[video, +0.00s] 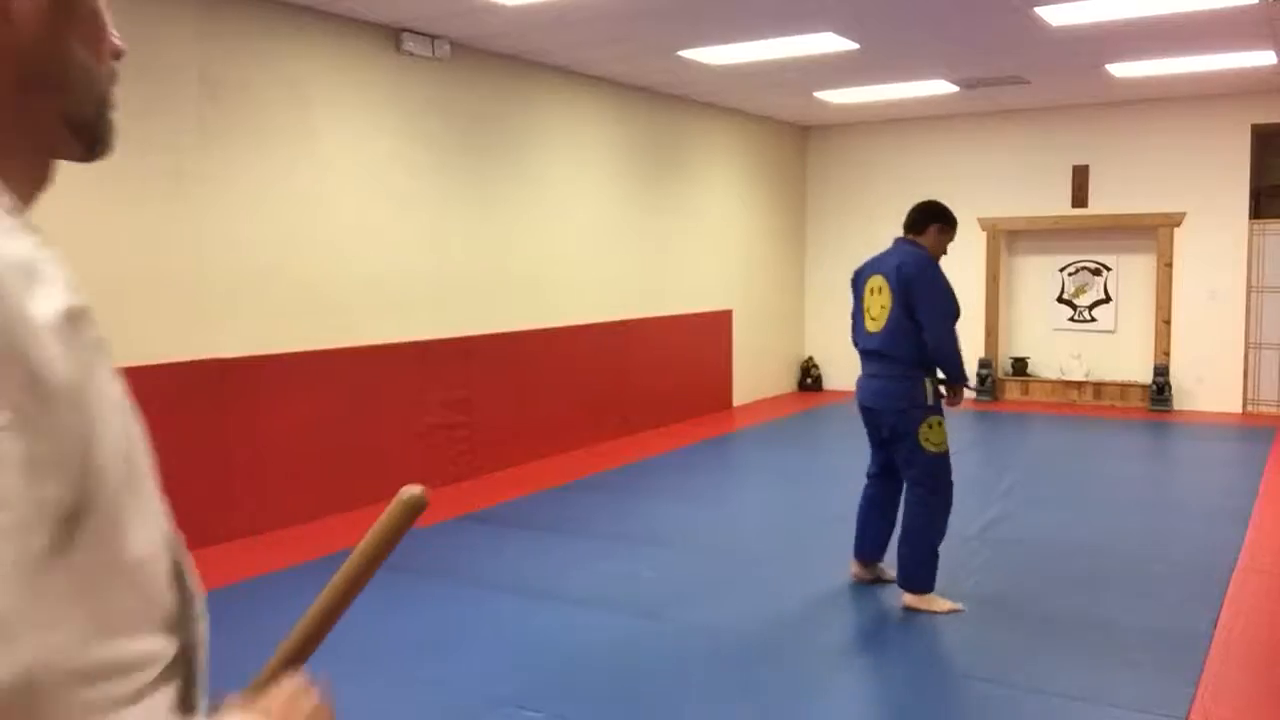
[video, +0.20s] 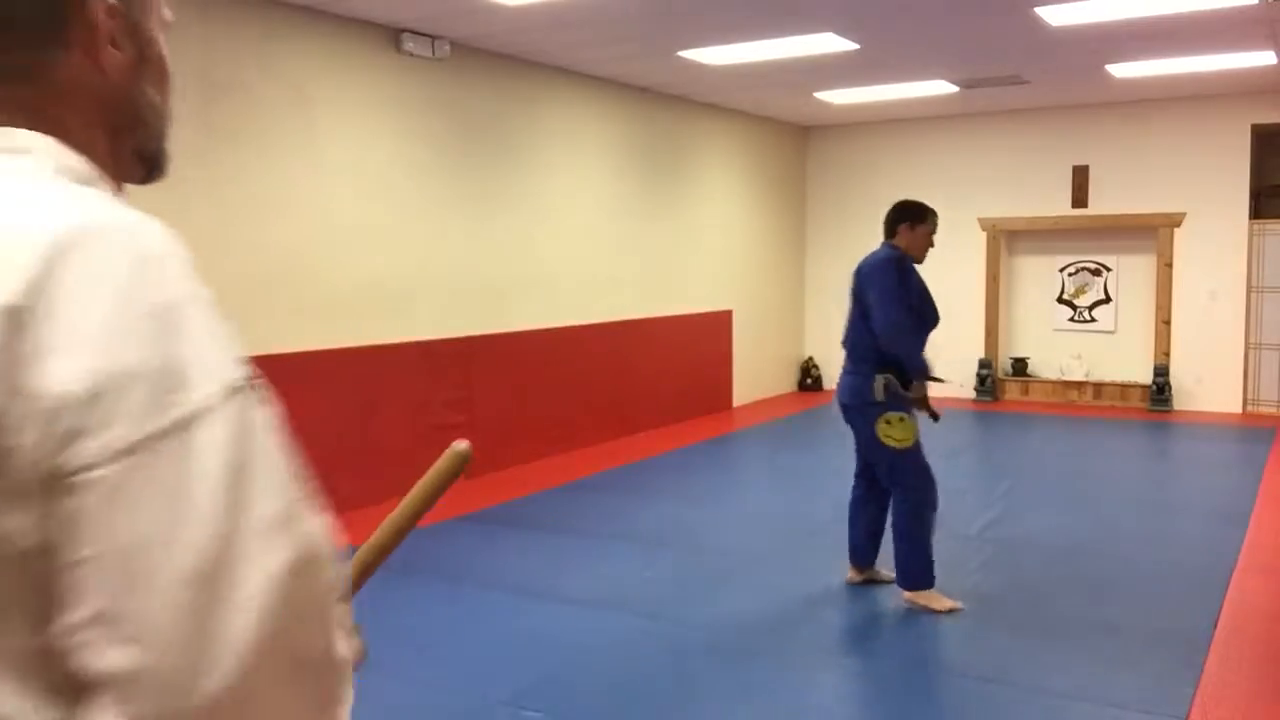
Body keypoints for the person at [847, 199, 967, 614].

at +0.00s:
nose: (945, 251)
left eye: (948, 244)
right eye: (946, 242)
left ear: (912, 228)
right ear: (933, 231)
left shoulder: (870, 267)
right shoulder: (921, 267)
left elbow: (862, 331)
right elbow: (939, 329)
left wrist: (887, 366)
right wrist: (956, 378)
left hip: (872, 391)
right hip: (910, 395)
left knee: (885, 474)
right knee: (932, 486)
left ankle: (866, 561)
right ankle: (917, 589)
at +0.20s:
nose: (931, 244)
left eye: (932, 236)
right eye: (928, 234)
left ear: (904, 231)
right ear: (904, 230)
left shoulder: (889, 266)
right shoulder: (885, 267)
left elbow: (898, 332)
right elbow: (892, 330)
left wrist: (915, 383)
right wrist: (918, 374)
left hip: (871, 390)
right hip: (875, 394)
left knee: (873, 481)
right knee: (917, 488)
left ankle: (861, 566)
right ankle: (917, 585)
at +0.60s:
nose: (882, 232)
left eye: (883, 225)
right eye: (874, 225)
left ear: (879, 228)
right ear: (850, 228)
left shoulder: (885, 277)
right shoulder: (827, 269)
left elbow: (896, 331)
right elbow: (805, 325)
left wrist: (913, 377)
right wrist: (842, 369)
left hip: (873, 391)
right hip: (834, 390)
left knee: (865, 480)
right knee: (828, 478)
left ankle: (858, 564)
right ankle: (802, 564)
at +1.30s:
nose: (754, 233)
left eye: (761, 226)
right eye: (748, 227)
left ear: (776, 229)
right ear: (740, 233)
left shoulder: (803, 274)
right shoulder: (726, 284)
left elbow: (830, 324)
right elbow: (714, 337)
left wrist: (832, 374)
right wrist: (738, 369)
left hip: (801, 392)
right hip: (755, 396)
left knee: (817, 479)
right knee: (763, 479)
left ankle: (830, 565)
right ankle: (769, 558)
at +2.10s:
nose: (740, 231)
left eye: (749, 225)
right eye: (736, 224)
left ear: (770, 230)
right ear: (732, 228)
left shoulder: (790, 285)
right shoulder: (720, 279)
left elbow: (803, 350)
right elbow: (701, 334)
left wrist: (787, 402)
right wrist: (693, 380)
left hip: (764, 406)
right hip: (720, 402)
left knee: (762, 493)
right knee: (716, 483)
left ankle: (760, 578)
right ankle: (750, 549)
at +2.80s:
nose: (679, 235)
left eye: (688, 227)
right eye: (675, 227)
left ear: (708, 233)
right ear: (670, 232)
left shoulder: (735, 286)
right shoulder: (663, 287)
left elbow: (754, 348)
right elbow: (648, 346)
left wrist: (747, 407)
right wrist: (637, 396)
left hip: (720, 412)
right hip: (672, 412)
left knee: (737, 503)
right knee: (667, 502)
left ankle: (754, 582)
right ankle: (672, 591)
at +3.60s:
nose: (698, 234)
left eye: (707, 226)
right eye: (694, 226)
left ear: (730, 232)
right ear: (691, 231)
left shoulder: (751, 284)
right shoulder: (682, 281)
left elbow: (757, 331)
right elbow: (646, 312)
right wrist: (630, 306)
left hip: (733, 407)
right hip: (687, 403)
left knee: (739, 505)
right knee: (664, 494)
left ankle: (747, 597)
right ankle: (674, 586)